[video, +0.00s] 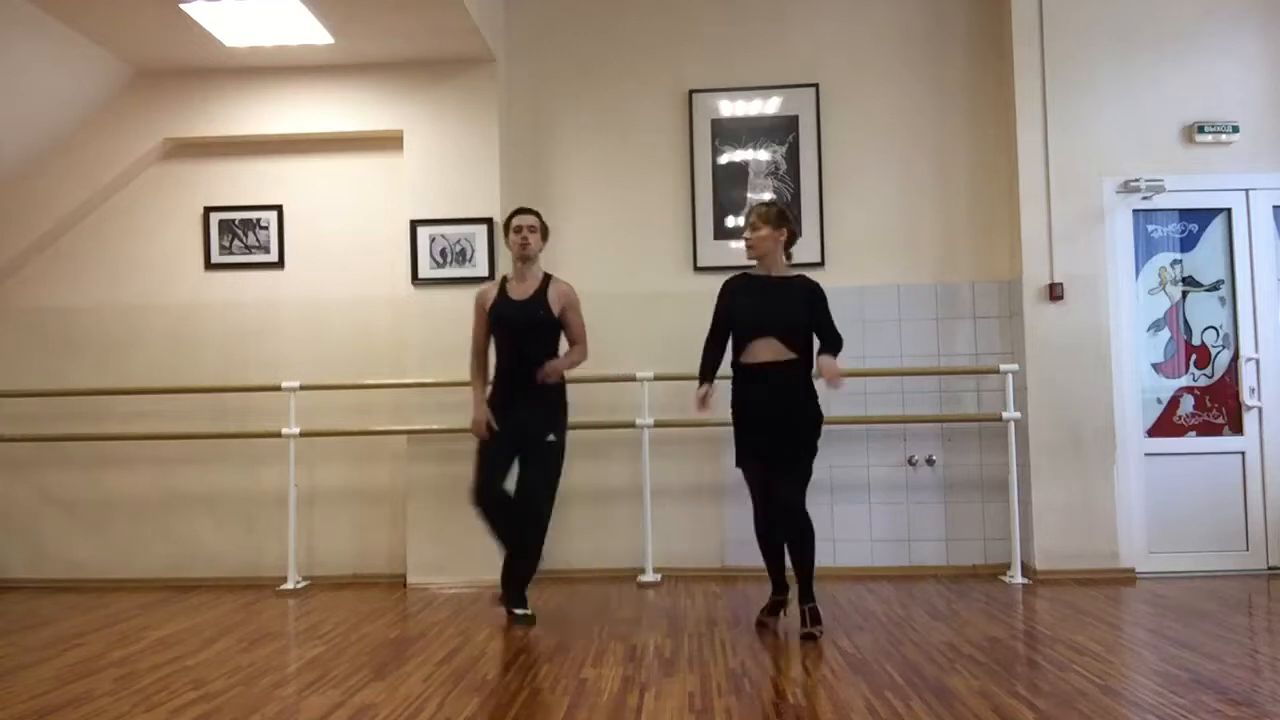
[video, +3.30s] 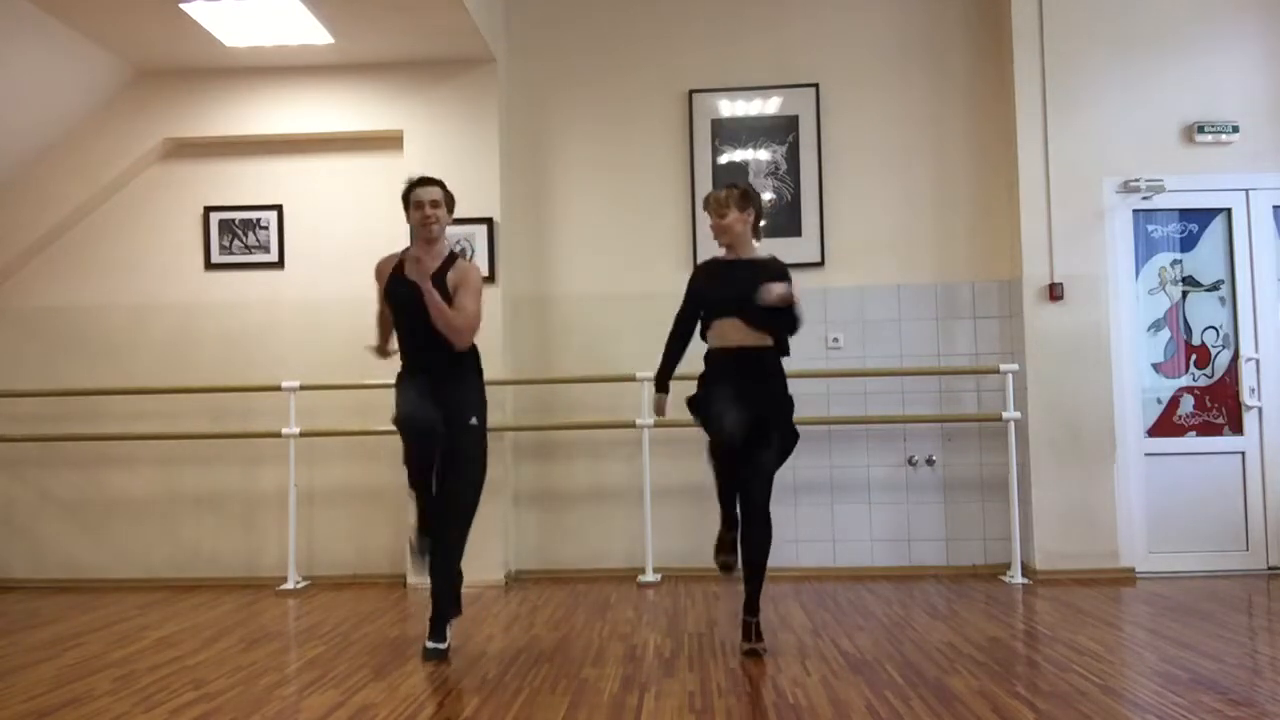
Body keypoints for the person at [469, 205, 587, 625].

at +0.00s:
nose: (524, 237)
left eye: (531, 231)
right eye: (517, 231)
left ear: (543, 240)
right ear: (507, 240)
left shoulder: (560, 292)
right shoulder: (489, 295)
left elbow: (580, 349)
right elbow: (479, 354)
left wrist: (561, 365)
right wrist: (479, 403)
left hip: (545, 407)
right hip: (503, 406)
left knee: (534, 506)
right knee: (486, 492)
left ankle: (517, 595)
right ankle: (525, 549)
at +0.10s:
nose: (516, 234)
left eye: (523, 228)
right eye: (509, 228)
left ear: (536, 238)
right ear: (499, 238)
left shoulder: (552, 290)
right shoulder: (481, 292)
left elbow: (573, 348)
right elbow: (469, 349)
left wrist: (554, 358)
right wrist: (470, 400)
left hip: (539, 408)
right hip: (495, 406)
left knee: (530, 507)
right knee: (469, 495)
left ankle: (517, 598)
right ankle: (485, 575)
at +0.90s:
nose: (451, 225)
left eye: (459, 219)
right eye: (443, 219)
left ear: (471, 231)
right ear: (431, 229)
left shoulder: (489, 283)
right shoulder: (409, 283)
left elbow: (507, 342)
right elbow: (397, 342)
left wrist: (506, 347)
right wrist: (410, 376)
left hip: (480, 405)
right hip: (432, 405)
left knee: (477, 509)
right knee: (418, 503)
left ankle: (464, 608)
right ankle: (428, 604)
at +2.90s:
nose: (459, 218)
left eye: (462, 211)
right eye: (449, 212)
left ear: (465, 217)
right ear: (424, 219)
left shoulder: (479, 270)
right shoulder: (397, 272)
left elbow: (529, 307)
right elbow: (365, 335)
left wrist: (522, 343)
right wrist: (403, 312)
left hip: (457, 398)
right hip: (409, 399)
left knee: (451, 500)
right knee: (417, 506)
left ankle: (459, 598)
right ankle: (434, 610)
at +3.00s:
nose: (440, 229)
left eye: (447, 221)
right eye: (431, 223)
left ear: (459, 230)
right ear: (417, 233)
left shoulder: (482, 285)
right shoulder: (399, 291)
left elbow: (527, 320)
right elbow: (385, 358)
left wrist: (514, 360)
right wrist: (405, 369)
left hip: (452, 403)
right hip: (405, 404)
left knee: (440, 481)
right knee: (410, 506)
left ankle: (443, 592)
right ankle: (432, 608)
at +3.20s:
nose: (429, 214)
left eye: (436, 205)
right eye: (419, 207)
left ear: (448, 212)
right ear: (406, 215)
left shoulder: (467, 267)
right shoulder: (388, 271)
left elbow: (483, 333)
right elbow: (375, 319)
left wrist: (431, 299)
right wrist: (367, 358)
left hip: (465, 388)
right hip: (417, 383)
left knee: (454, 509)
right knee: (403, 429)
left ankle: (441, 615)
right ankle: (418, 499)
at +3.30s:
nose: (429, 213)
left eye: (437, 206)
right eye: (420, 207)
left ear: (450, 214)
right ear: (407, 215)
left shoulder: (465, 270)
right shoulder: (389, 269)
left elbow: (463, 334)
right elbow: (386, 313)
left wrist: (425, 285)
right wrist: (383, 343)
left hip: (462, 387)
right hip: (416, 382)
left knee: (453, 509)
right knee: (421, 430)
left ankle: (440, 622)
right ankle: (427, 525)